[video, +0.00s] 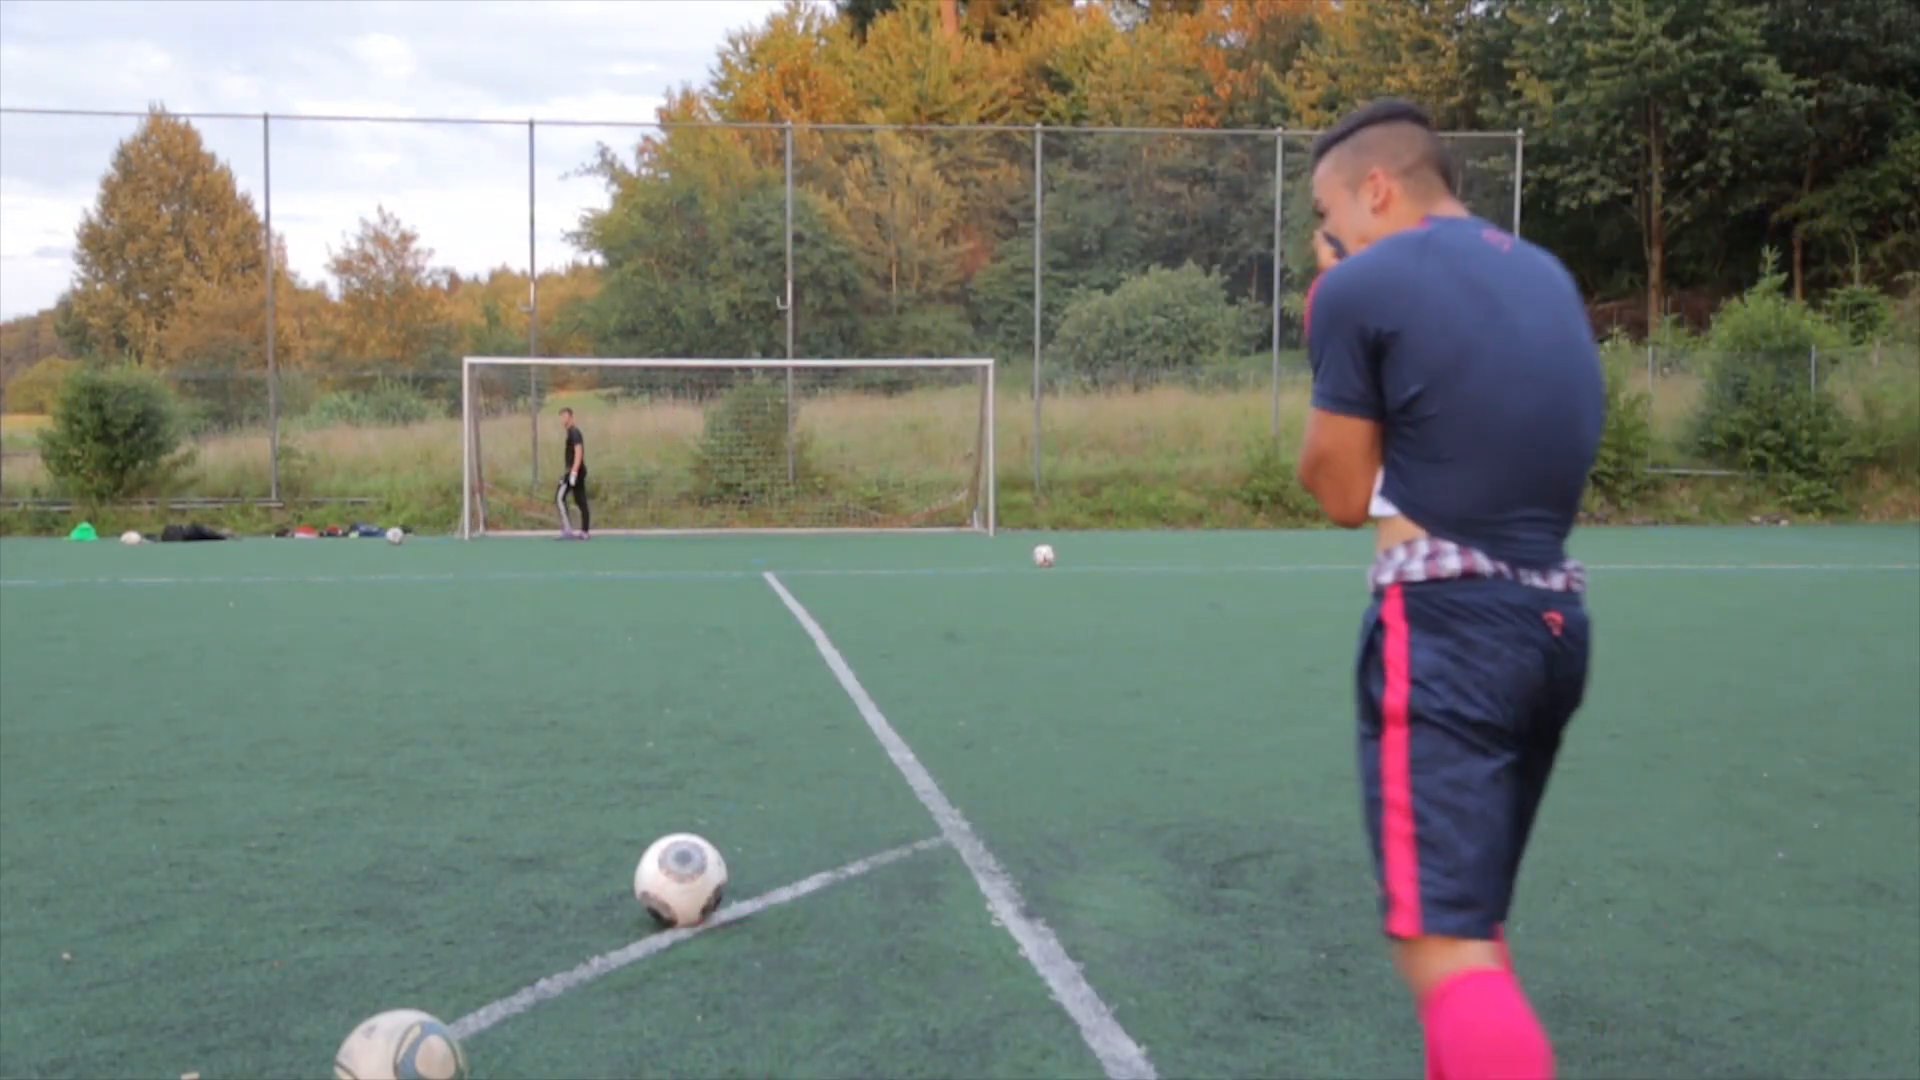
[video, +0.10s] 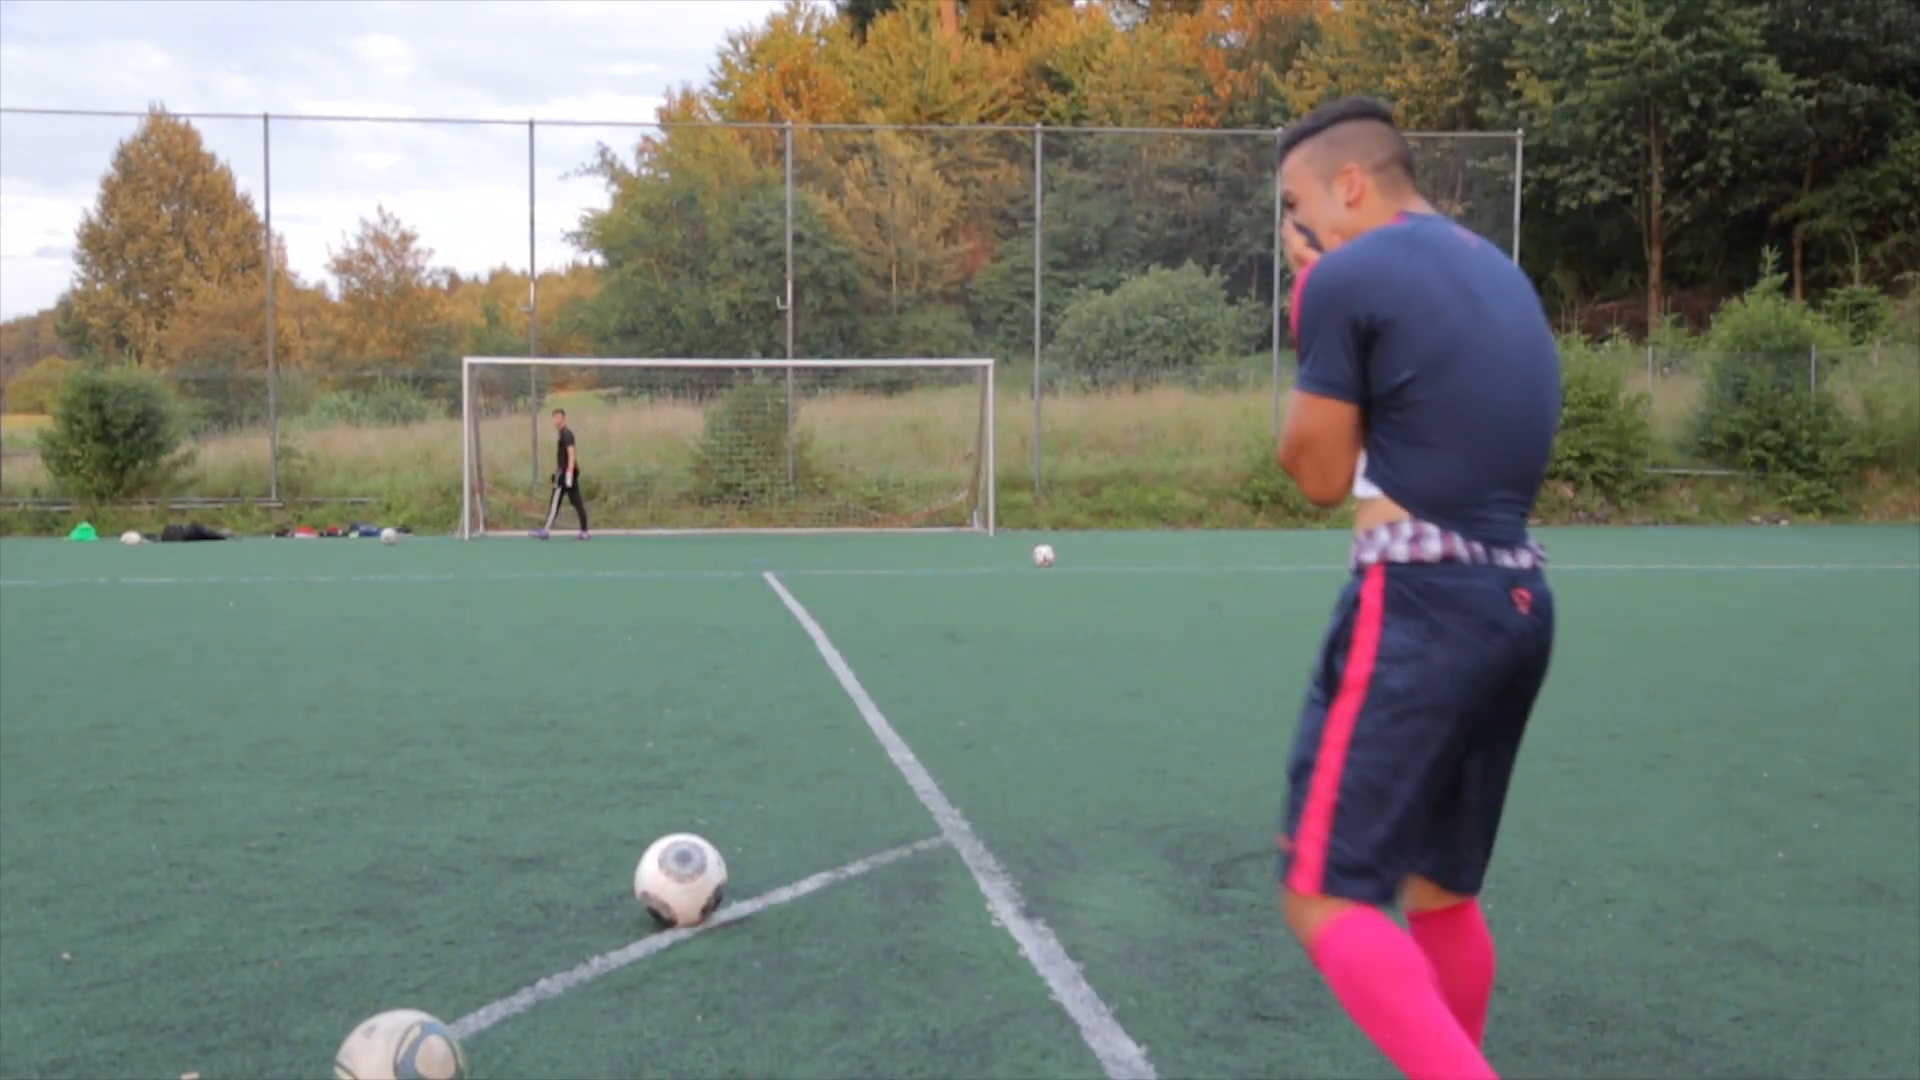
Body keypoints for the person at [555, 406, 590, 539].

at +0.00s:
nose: (562, 420)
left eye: (564, 417)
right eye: (561, 417)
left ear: (570, 417)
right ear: (564, 418)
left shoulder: (574, 433)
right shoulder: (571, 432)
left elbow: (578, 454)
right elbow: (574, 454)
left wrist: (573, 472)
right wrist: (568, 471)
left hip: (574, 470)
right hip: (576, 470)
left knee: (560, 497)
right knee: (581, 501)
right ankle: (585, 530)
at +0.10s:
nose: (555, 421)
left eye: (558, 417)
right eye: (554, 418)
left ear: (564, 418)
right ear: (554, 420)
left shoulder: (567, 434)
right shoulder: (562, 435)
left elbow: (571, 455)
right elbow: (563, 457)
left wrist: (569, 474)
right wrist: (557, 472)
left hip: (565, 472)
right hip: (567, 472)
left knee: (555, 502)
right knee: (577, 503)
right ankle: (584, 530)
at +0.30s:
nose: (539, 421)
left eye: (541, 417)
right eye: (538, 417)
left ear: (546, 419)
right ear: (537, 420)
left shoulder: (549, 435)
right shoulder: (546, 435)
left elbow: (552, 457)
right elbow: (546, 458)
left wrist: (553, 476)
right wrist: (539, 474)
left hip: (545, 474)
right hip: (546, 473)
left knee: (539, 502)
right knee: (553, 501)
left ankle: (536, 531)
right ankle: (574, 524)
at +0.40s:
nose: (531, 420)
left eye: (533, 417)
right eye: (530, 417)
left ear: (538, 418)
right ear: (529, 419)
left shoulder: (541, 435)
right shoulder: (537, 434)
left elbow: (542, 457)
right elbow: (537, 457)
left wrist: (540, 476)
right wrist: (532, 473)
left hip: (538, 472)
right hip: (535, 472)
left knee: (535, 502)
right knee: (536, 502)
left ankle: (535, 532)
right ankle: (559, 519)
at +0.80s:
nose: (496, 422)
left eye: (498, 419)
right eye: (494, 419)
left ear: (503, 420)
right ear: (493, 421)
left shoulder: (507, 436)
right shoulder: (501, 436)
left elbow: (506, 457)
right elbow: (502, 457)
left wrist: (492, 473)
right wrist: (495, 473)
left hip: (507, 473)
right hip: (499, 473)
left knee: (517, 502)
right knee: (491, 502)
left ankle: (533, 529)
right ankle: (482, 531)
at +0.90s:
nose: (485, 421)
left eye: (487, 418)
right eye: (484, 418)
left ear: (493, 419)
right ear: (484, 420)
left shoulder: (497, 436)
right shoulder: (490, 436)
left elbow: (495, 458)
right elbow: (492, 458)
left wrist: (487, 476)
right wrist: (487, 474)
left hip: (496, 473)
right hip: (488, 473)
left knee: (502, 503)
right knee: (481, 502)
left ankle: (526, 526)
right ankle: (479, 531)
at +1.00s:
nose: (474, 420)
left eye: (477, 417)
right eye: (474, 417)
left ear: (483, 418)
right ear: (473, 419)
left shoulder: (487, 434)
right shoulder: (480, 434)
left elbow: (487, 455)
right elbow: (482, 455)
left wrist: (483, 474)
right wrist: (478, 472)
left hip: (486, 472)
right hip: (479, 471)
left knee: (483, 502)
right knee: (477, 501)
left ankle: (510, 521)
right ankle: (478, 531)